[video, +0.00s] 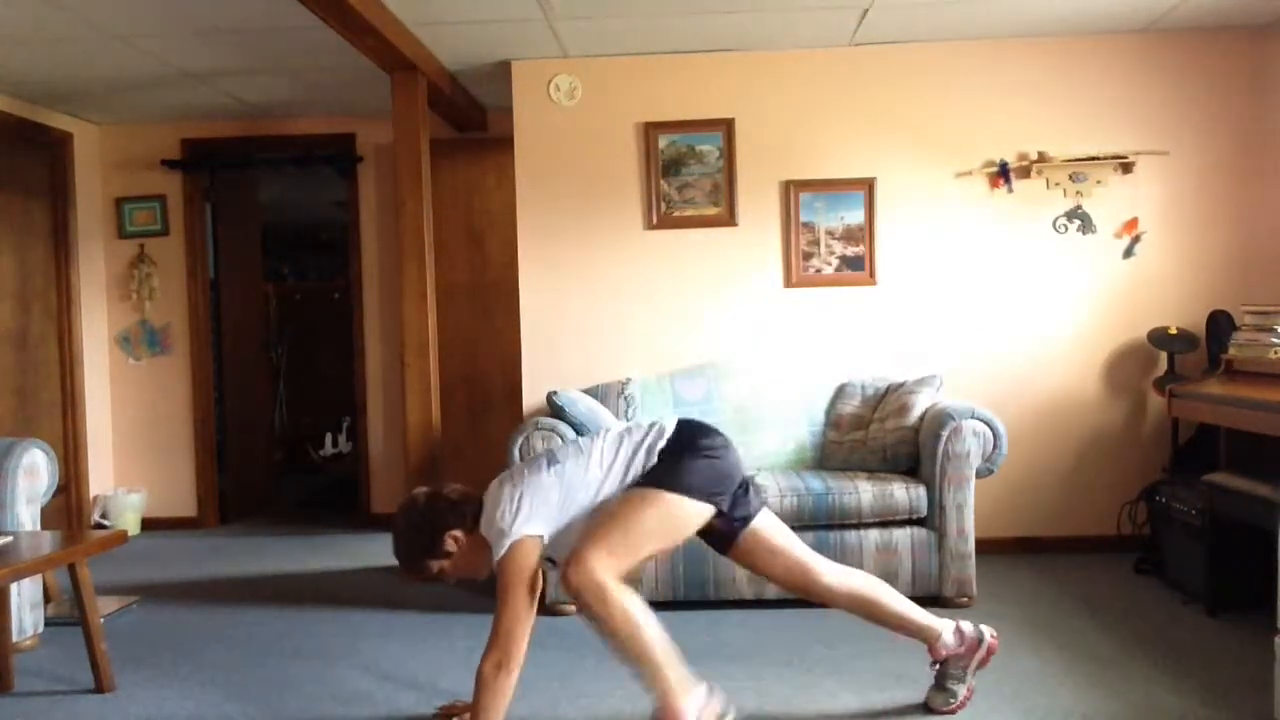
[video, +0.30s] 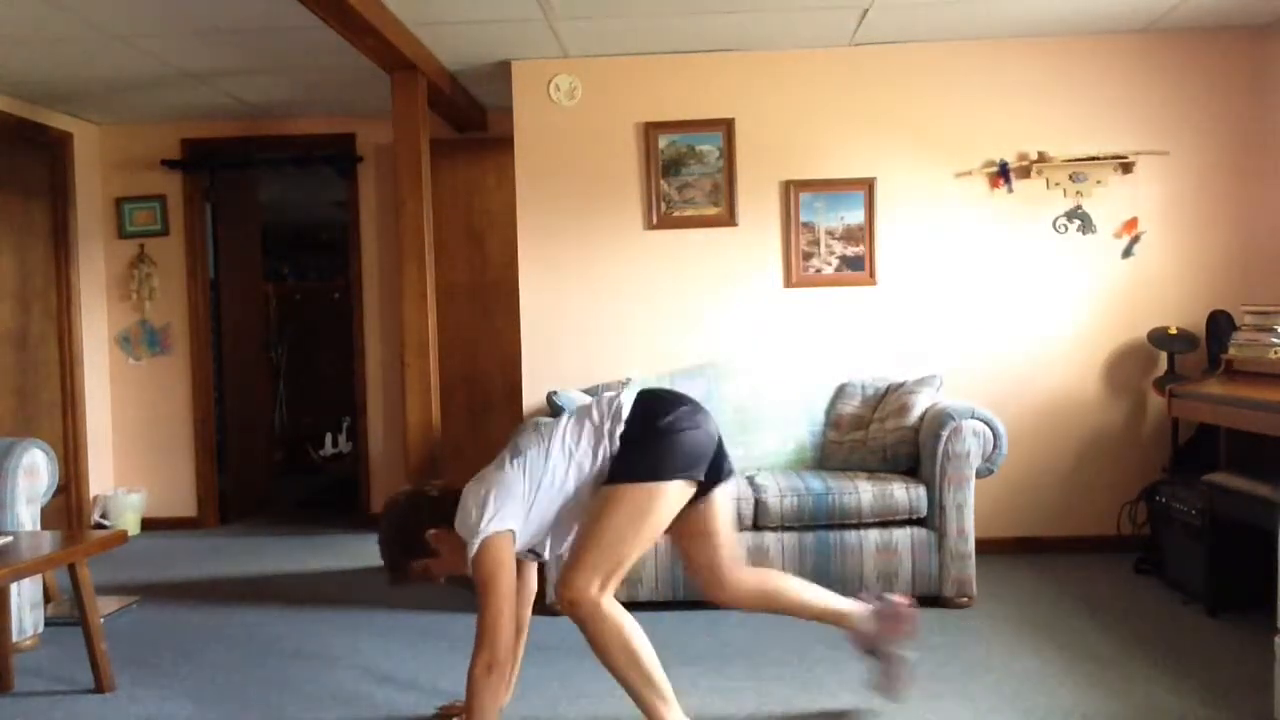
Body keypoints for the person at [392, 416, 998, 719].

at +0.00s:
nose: (458, 581)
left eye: (446, 573)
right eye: (448, 576)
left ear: (457, 542)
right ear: (461, 528)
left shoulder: (517, 517)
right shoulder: (516, 486)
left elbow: (502, 654)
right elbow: (517, 630)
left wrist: (481, 716)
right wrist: (483, 699)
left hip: (687, 460)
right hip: (703, 466)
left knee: (588, 569)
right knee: (817, 577)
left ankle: (684, 699)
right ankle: (950, 638)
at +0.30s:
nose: (441, 578)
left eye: (427, 569)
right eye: (429, 574)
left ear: (431, 543)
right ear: (440, 529)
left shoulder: (490, 516)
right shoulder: (510, 517)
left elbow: (496, 655)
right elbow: (508, 650)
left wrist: (473, 711)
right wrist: (476, 706)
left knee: (586, 592)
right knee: (727, 581)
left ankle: (666, 711)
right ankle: (866, 618)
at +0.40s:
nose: (447, 580)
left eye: (434, 570)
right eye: (436, 576)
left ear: (441, 539)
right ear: (447, 527)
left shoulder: (490, 514)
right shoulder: (526, 514)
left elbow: (492, 658)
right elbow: (512, 638)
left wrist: (470, 716)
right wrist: (483, 706)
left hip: (665, 434)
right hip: (688, 430)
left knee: (575, 596)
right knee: (639, 561)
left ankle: (665, 712)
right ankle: (771, 596)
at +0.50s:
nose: (446, 576)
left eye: (434, 567)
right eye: (434, 573)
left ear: (443, 536)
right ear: (449, 522)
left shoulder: (491, 515)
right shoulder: (515, 507)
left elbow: (491, 657)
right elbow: (516, 631)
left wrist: (473, 714)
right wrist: (490, 704)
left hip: (673, 441)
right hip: (685, 432)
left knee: (575, 602)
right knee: (628, 555)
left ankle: (664, 711)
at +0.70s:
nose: (448, 545)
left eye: (439, 535)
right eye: (438, 540)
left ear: (453, 510)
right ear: (460, 496)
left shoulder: (508, 503)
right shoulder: (515, 484)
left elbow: (492, 657)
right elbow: (518, 615)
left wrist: (475, 714)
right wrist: (486, 703)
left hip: (702, 472)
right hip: (699, 461)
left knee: (580, 594)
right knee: (599, 570)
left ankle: (667, 713)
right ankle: (669, 667)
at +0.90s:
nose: (446, 395)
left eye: (448, 379)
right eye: (440, 382)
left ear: (479, 362)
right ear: (482, 361)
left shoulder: (528, 393)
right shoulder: (536, 374)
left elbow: (507, 538)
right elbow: (531, 510)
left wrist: (472, 648)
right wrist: (495, 608)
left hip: (713, 439)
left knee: (601, 577)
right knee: (610, 544)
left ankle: (670, 712)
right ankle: (670, 666)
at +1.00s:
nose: (459, 317)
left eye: (462, 299)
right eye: (454, 302)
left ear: (494, 283)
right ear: (499, 280)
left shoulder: (535, 322)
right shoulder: (550, 303)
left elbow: (525, 455)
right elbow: (559, 433)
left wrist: (519, 536)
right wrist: (533, 519)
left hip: (705, 424)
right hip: (695, 419)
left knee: (605, 571)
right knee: (612, 536)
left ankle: (671, 711)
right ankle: (670, 666)